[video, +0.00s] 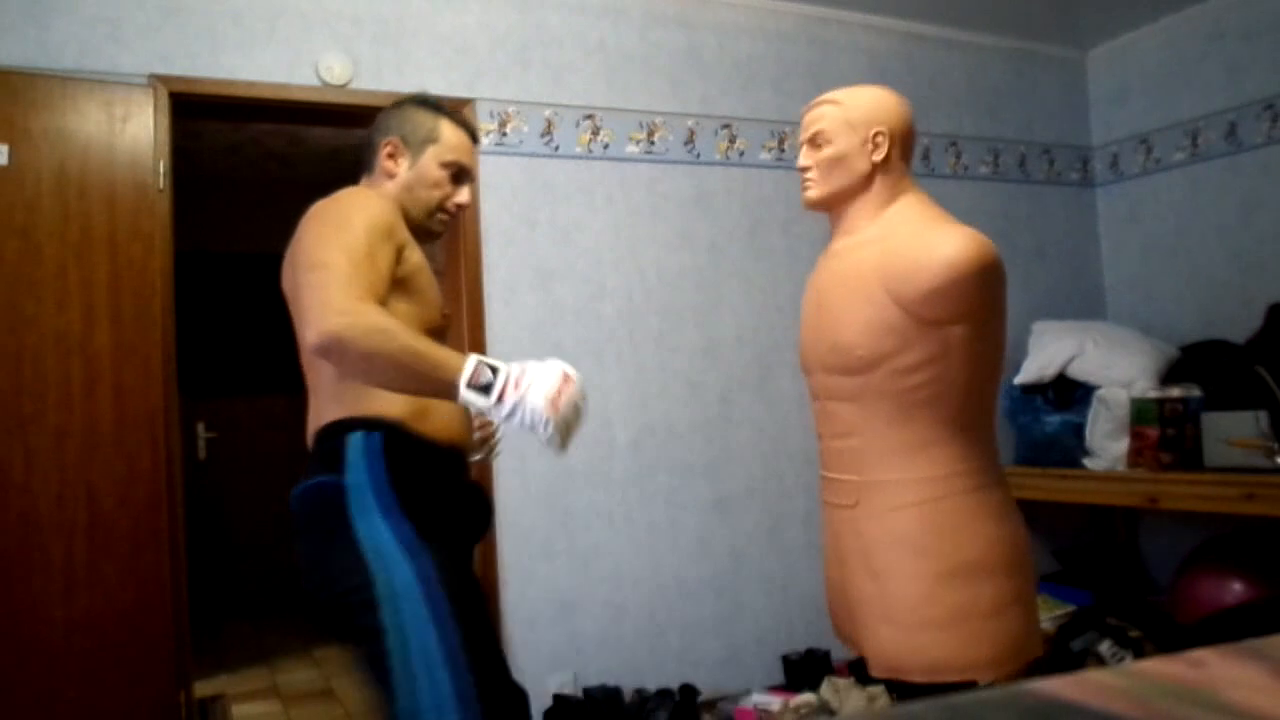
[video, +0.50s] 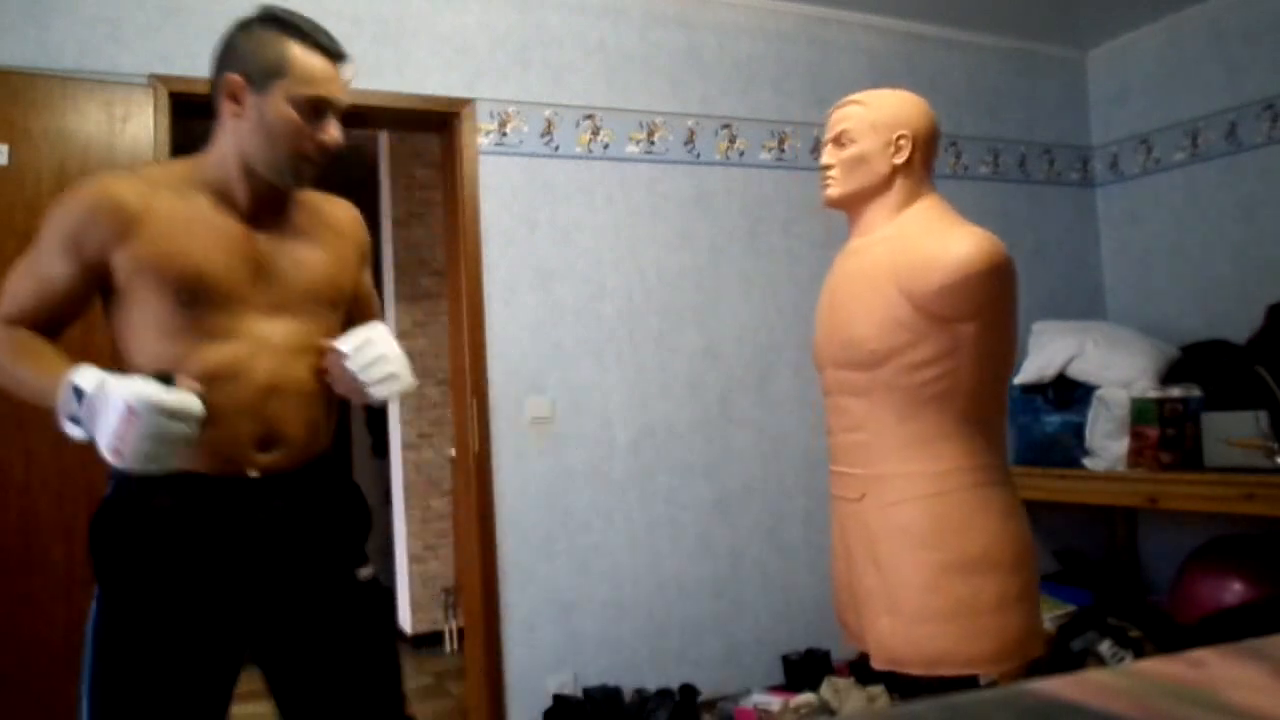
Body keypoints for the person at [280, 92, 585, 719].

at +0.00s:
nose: (464, 199)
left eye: (470, 184)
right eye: (453, 174)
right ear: (392, 157)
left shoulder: (400, 250)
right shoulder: (352, 212)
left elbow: (378, 390)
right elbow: (334, 326)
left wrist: (462, 429)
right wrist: (492, 380)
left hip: (416, 475)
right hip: (373, 472)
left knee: (487, 692)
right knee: (449, 694)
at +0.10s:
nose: (464, 192)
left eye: (470, 177)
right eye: (453, 166)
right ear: (390, 150)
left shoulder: (392, 263)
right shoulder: (325, 222)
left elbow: (360, 416)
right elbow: (282, 357)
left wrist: (454, 438)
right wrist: (438, 384)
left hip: (397, 510)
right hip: (330, 504)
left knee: (486, 708)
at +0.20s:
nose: (444, 213)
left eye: (449, 195)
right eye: (431, 187)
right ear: (362, 173)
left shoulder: (402, 308)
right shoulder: (265, 274)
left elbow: (379, 448)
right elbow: (202, 440)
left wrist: (453, 470)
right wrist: (375, 470)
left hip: (378, 578)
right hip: (269, 577)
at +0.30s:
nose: (405, 229)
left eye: (408, 210)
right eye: (387, 205)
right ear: (314, 192)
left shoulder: (390, 326)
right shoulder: (197, 317)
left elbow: (424, 435)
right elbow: (106, 490)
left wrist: (473, 491)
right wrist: (255, 546)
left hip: (358, 625)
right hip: (220, 625)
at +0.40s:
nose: (373, 182)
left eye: (376, 161)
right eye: (352, 157)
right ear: (276, 140)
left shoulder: (364, 270)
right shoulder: (149, 258)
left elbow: (385, 377)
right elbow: (36, 400)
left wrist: (421, 416)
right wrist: (133, 471)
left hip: (321, 566)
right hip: (184, 573)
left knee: (410, 718)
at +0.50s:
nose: (334, 137)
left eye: (339, 116)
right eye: (312, 110)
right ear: (236, 98)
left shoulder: (341, 224)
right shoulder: (114, 210)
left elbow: (363, 347)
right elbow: (6, 333)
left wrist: (373, 365)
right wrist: (88, 397)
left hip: (310, 528)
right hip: (171, 534)